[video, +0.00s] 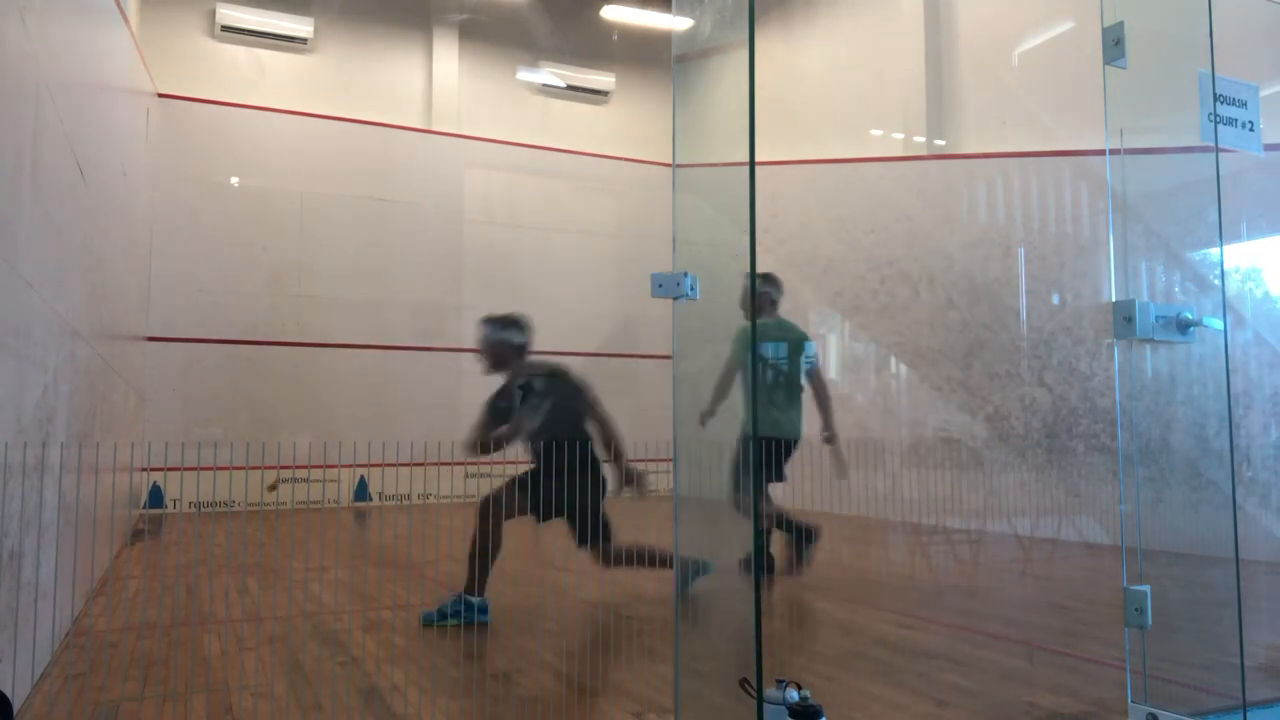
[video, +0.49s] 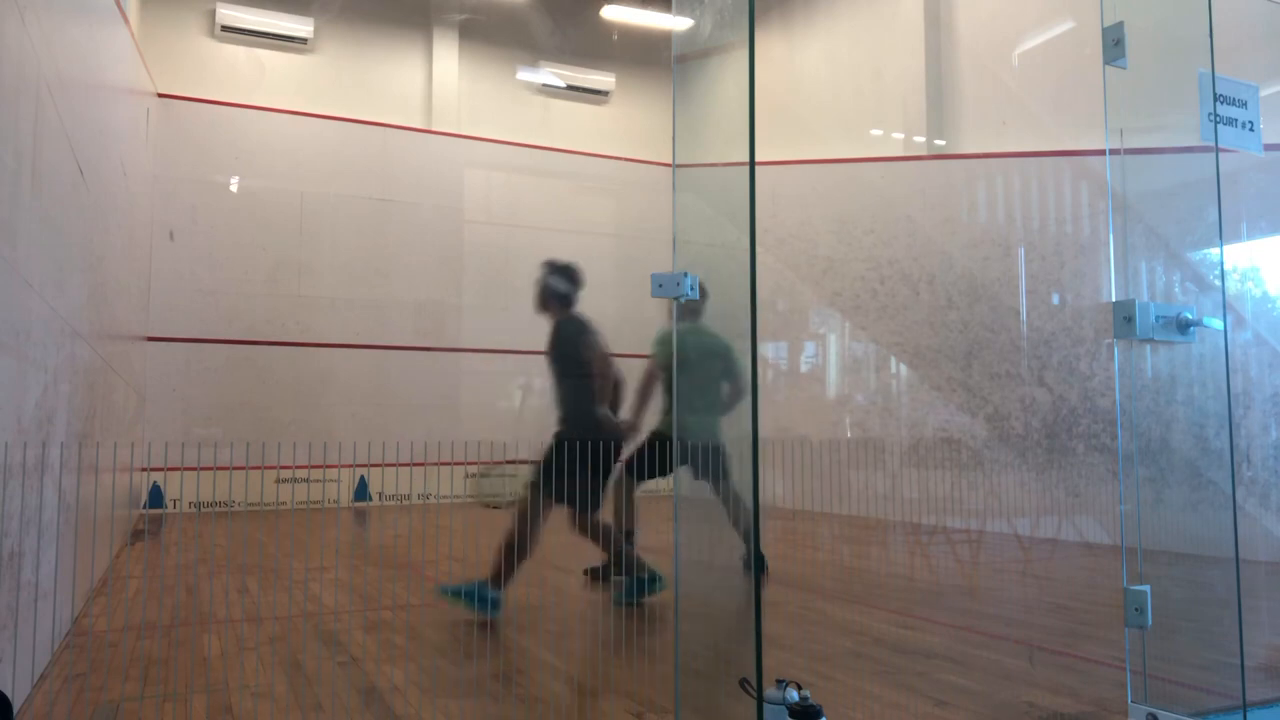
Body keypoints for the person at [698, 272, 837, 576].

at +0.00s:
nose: (741, 304)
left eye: (745, 298)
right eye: (742, 297)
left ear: (759, 299)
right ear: (776, 301)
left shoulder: (748, 333)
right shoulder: (798, 335)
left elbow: (728, 374)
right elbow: (818, 383)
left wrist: (712, 407)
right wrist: (828, 425)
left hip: (758, 430)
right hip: (788, 432)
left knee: (742, 496)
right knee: (757, 492)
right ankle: (762, 554)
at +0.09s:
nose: (725, 296)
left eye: (730, 290)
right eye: (727, 290)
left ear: (744, 294)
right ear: (758, 294)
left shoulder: (734, 328)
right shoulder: (784, 331)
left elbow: (717, 369)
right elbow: (803, 379)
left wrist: (697, 406)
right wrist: (807, 416)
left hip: (742, 428)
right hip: (775, 430)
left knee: (712, 483)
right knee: (755, 485)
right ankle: (762, 553)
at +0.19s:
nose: (716, 292)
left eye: (721, 286)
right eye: (718, 285)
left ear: (737, 288)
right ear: (748, 290)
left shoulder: (726, 322)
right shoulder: (774, 325)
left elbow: (711, 363)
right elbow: (793, 367)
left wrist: (692, 402)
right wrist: (795, 407)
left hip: (731, 425)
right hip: (765, 426)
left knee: (703, 482)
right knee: (756, 484)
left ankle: (696, 556)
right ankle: (762, 551)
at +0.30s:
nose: (699, 290)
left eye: (703, 284)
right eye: (700, 283)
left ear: (715, 285)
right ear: (731, 287)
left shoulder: (705, 317)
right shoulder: (756, 321)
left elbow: (694, 357)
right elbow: (778, 368)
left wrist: (683, 401)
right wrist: (767, 402)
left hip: (706, 418)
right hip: (742, 422)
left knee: (676, 482)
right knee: (750, 487)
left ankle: (650, 545)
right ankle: (762, 550)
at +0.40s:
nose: (687, 300)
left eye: (692, 293)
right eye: (689, 292)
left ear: (703, 296)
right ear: (720, 296)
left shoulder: (687, 330)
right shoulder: (741, 333)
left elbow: (675, 373)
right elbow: (762, 380)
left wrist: (665, 411)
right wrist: (740, 410)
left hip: (688, 426)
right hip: (725, 427)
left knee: (652, 482)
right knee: (738, 487)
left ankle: (628, 552)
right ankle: (755, 554)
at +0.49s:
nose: (674, 309)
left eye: (675, 302)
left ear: (676, 306)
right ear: (702, 306)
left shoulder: (668, 338)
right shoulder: (718, 343)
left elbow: (650, 378)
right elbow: (739, 390)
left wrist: (633, 421)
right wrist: (715, 410)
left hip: (671, 436)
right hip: (708, 439)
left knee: (625, 480)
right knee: (727, 492)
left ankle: (620, 560)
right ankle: (755, 554)